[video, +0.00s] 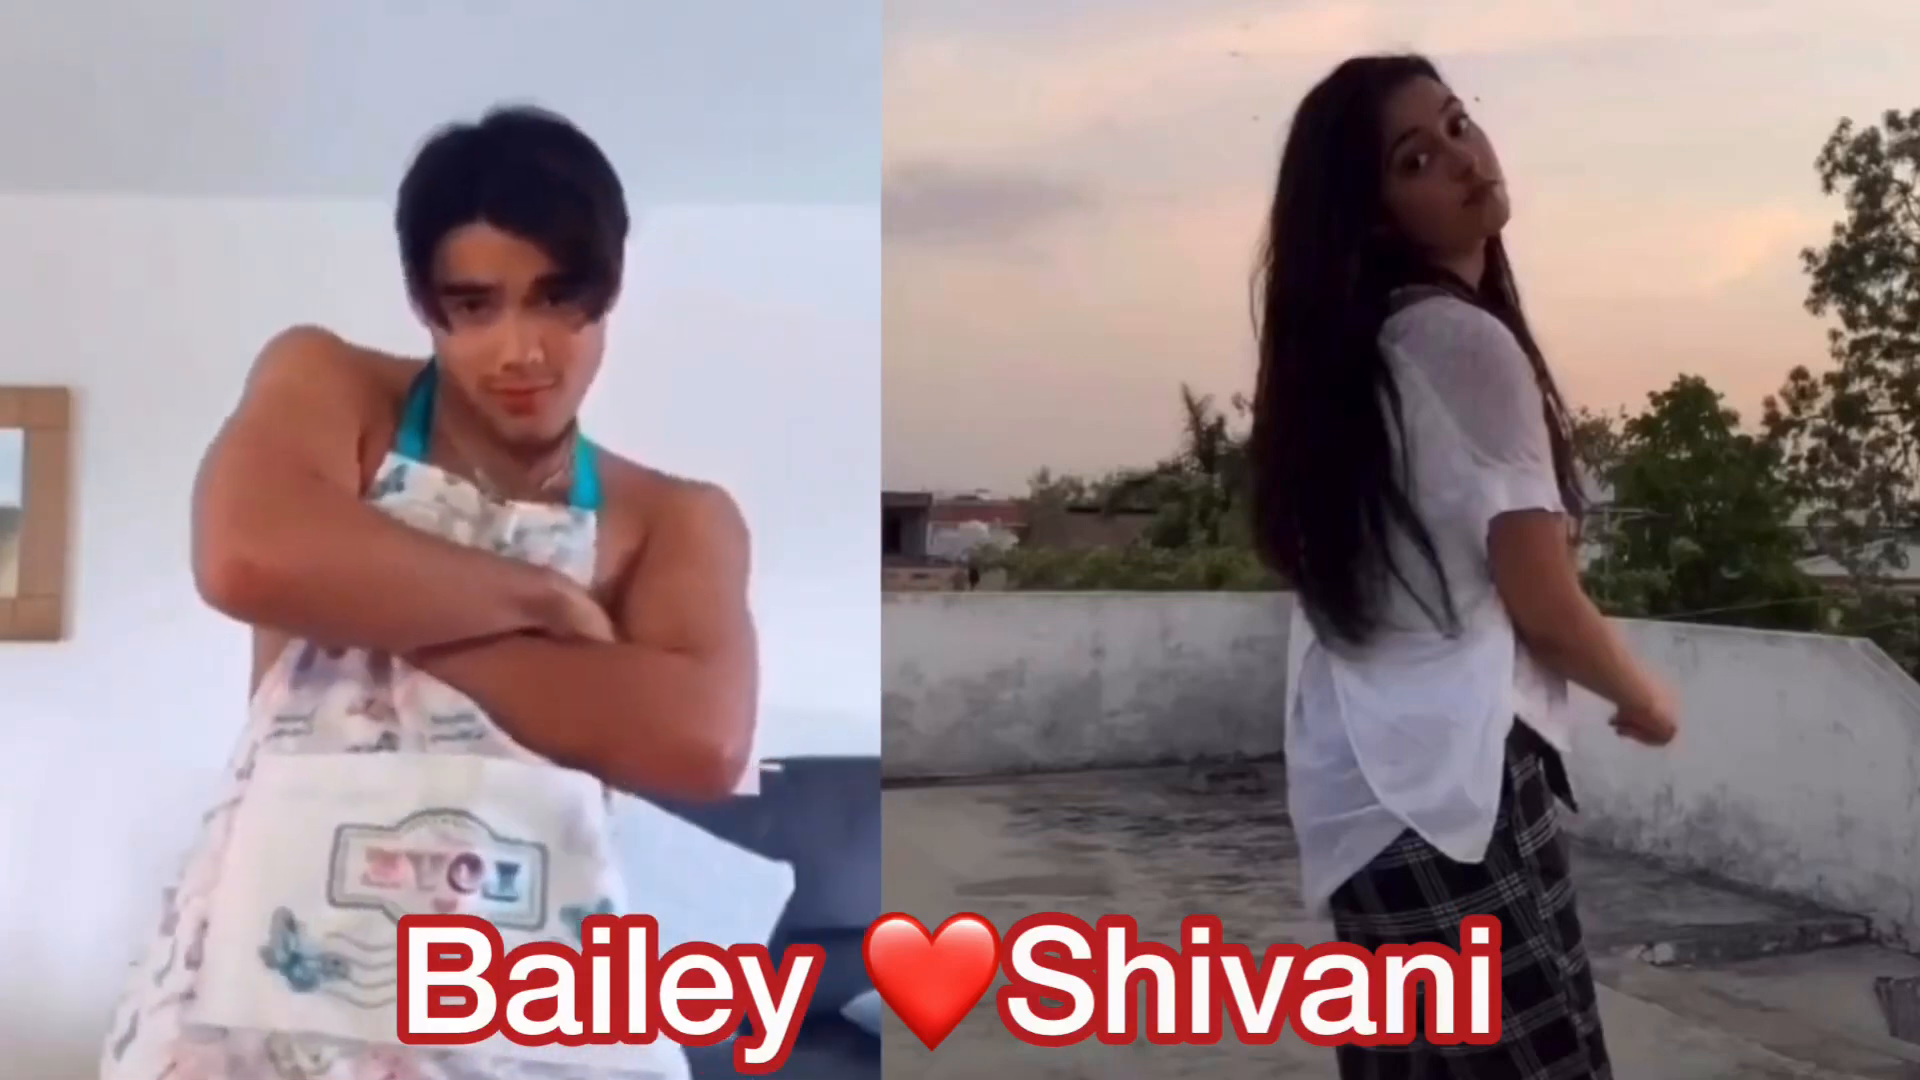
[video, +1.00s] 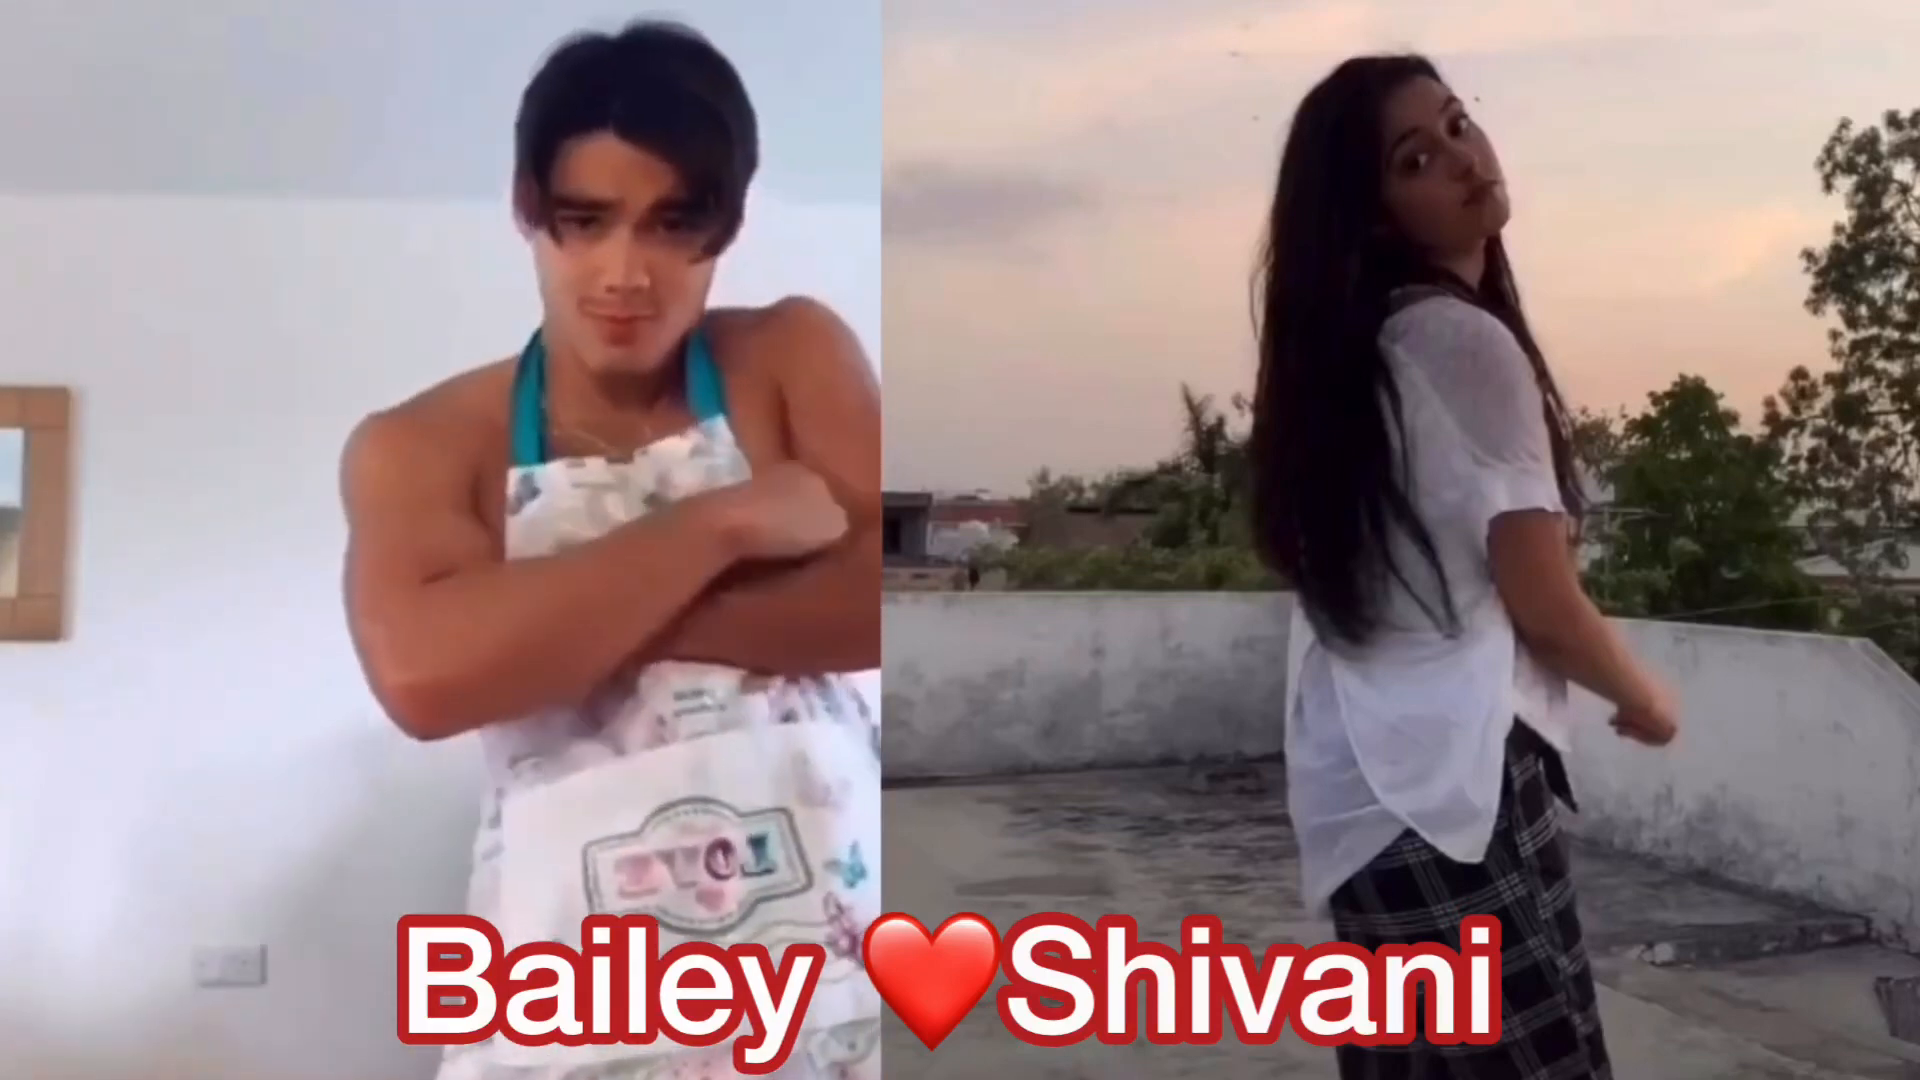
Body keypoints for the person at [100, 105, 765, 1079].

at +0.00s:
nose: (518, 348)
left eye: (559, 300)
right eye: (472, 305)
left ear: (610, 294)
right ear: (423, 302)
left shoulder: (678, 518)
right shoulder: (322, 379)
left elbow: (704, 744)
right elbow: (249, 557)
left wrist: (413, 627)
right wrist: (546, 599)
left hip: (547, 969)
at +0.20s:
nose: (518, 335)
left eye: (563, 288)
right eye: (474, 289)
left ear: (615, 282)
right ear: (424, 289)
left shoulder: (693, 456)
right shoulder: (312, 410)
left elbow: (708, 676)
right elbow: (210, 562)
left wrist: (392, 597)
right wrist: (516, 556)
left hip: (546, 942)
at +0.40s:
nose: (550, 301)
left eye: (595, 253)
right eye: (507, 253)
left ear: (652, 250)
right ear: (460, 257)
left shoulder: (731, 362)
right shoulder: (359, 450)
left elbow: (803, 571)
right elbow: (288, 607)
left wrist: (466, 589)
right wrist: (589, 513)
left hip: (658, 892)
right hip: (408, 899)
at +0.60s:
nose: (606, 300)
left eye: (655, 250)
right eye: (565, 249)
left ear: (710, 247)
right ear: (517, 247)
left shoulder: (791, 333)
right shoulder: (432, 470)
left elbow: (846, 560)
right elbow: (384, 648)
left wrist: (544, 605)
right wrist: (665, 510)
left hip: (775, 924)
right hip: (525, 950)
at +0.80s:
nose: (632, 301)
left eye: (681, 252)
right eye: (592, 249)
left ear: (734, 259)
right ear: (543, 247)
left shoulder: (809, 348)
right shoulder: (444, 485)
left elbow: (867, 587)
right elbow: (448, 683)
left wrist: (572, 613)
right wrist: (720, 524)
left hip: (810, 941)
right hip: (574, 971)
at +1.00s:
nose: (623, 276)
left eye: (672, 225)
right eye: (580, 223)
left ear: (726, 228)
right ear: (527, 216)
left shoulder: (796, 354)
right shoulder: (418, 445)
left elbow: (865, 612)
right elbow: (425, 679)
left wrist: (554, 607)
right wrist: (722, 522)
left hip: (801, 924)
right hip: (557, 939)